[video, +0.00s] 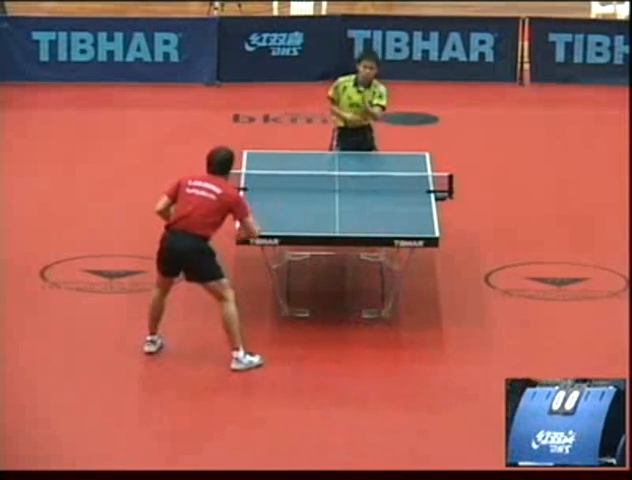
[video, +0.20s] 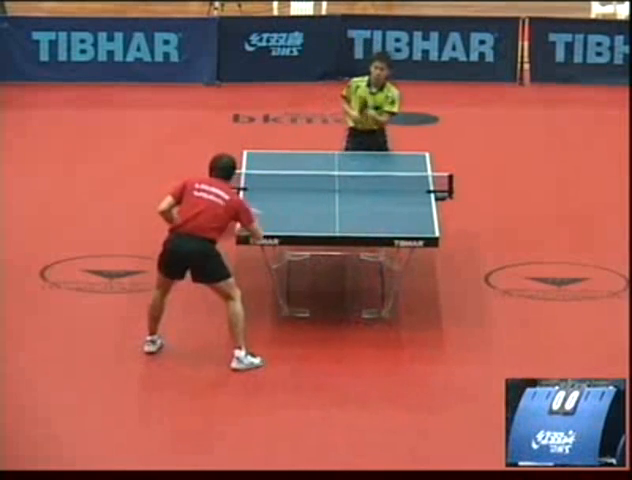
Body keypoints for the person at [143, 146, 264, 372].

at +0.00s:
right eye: (230, 166)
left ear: (207, 165)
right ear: (229, 169)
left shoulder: (187, 182)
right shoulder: (231, 195)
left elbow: (161, 208)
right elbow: (251, 230)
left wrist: (175, 223)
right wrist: (242, 235)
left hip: (171, 240)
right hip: (197, 244)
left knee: (161, 289)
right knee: (226, 297)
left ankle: (151, 338)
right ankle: (238, 354)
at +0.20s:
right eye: (232, 173)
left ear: (209, 170)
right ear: (232, 175)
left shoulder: (190, 184)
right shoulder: (234, 200)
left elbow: (163, 209)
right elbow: (256, 234)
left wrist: (177, 226)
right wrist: (246, 232)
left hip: (176, 243)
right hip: (204, 248)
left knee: (161, 290)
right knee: (232, 296)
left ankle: (151, 338)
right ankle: (241, 353)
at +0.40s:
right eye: (231, 162)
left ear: (209, 161)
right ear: (231, 166)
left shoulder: (191, 178)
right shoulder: (236, 190)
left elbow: (165, 204)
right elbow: (257, 207)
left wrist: (181, 218)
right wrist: (267, 193)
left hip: (178, 239)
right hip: (205, 243)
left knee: (162, 290)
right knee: (234, 296)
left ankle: (151, 338)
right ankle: (242, 352)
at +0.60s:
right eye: (224, 163)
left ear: (201, 163)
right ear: (224, 167)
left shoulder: (183, 182)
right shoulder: (227, 192)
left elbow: (165, 215)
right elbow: (257, 216)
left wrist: (188, 213)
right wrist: (259, 203)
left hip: (173, 244)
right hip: (200, 248)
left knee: (163, 287)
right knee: (231, 298)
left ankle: (152, 337)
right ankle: (243, 354)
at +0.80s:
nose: (226, 178)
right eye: (228, 175)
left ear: (205, 173)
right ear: (227, 177)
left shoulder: (187, 188)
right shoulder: (228, 200)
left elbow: (175, 210)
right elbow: (253, 236)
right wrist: (241, 237)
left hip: (168, 244)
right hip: (194, 250)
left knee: (162, 287)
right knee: (231, 298)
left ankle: (151, 337)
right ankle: (242, 355)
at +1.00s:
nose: (236, 187)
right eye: (237, 183)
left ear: (214, 179)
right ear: (236, 185)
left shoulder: (196, 192)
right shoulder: (238, 206)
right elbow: (268, 230)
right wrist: (257, 236)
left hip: (176, 249)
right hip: (203, 255)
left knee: (163, 288)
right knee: (243, 297)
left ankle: (151, 338)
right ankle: (246, 355)